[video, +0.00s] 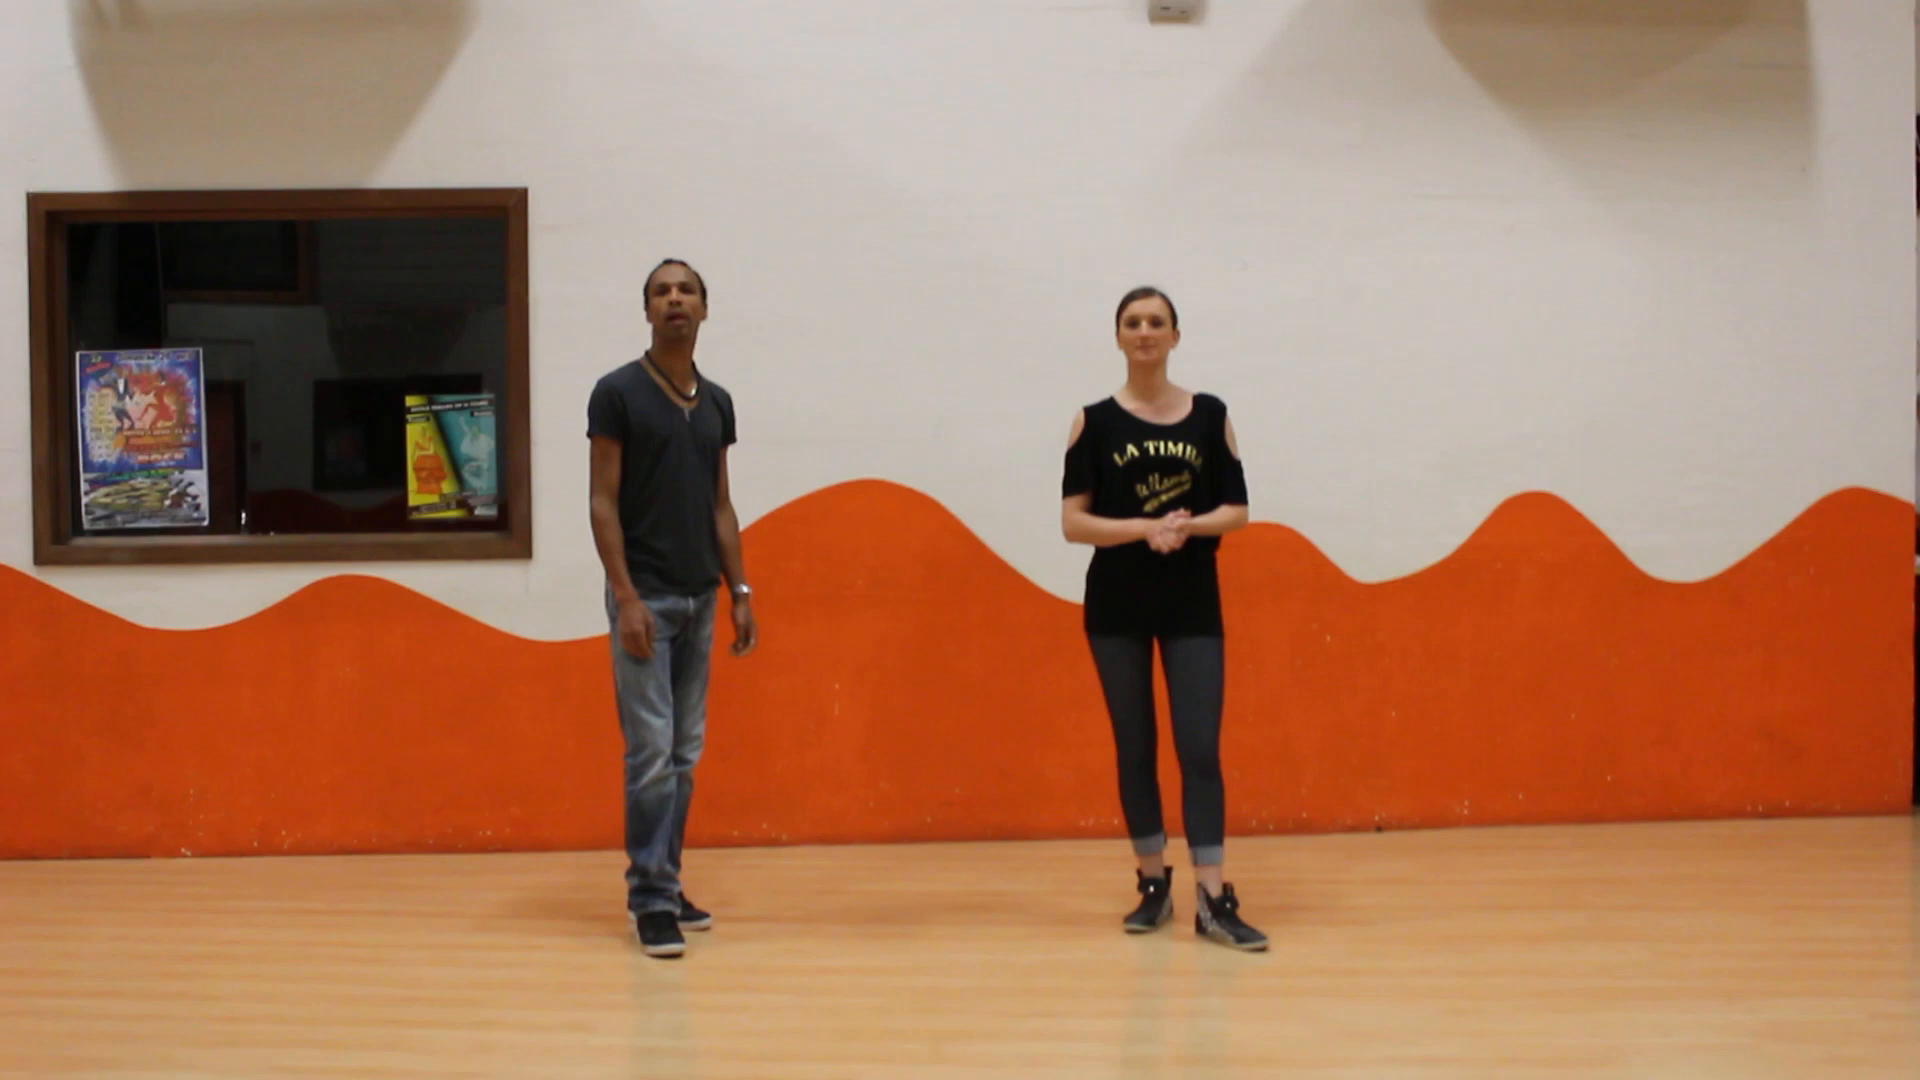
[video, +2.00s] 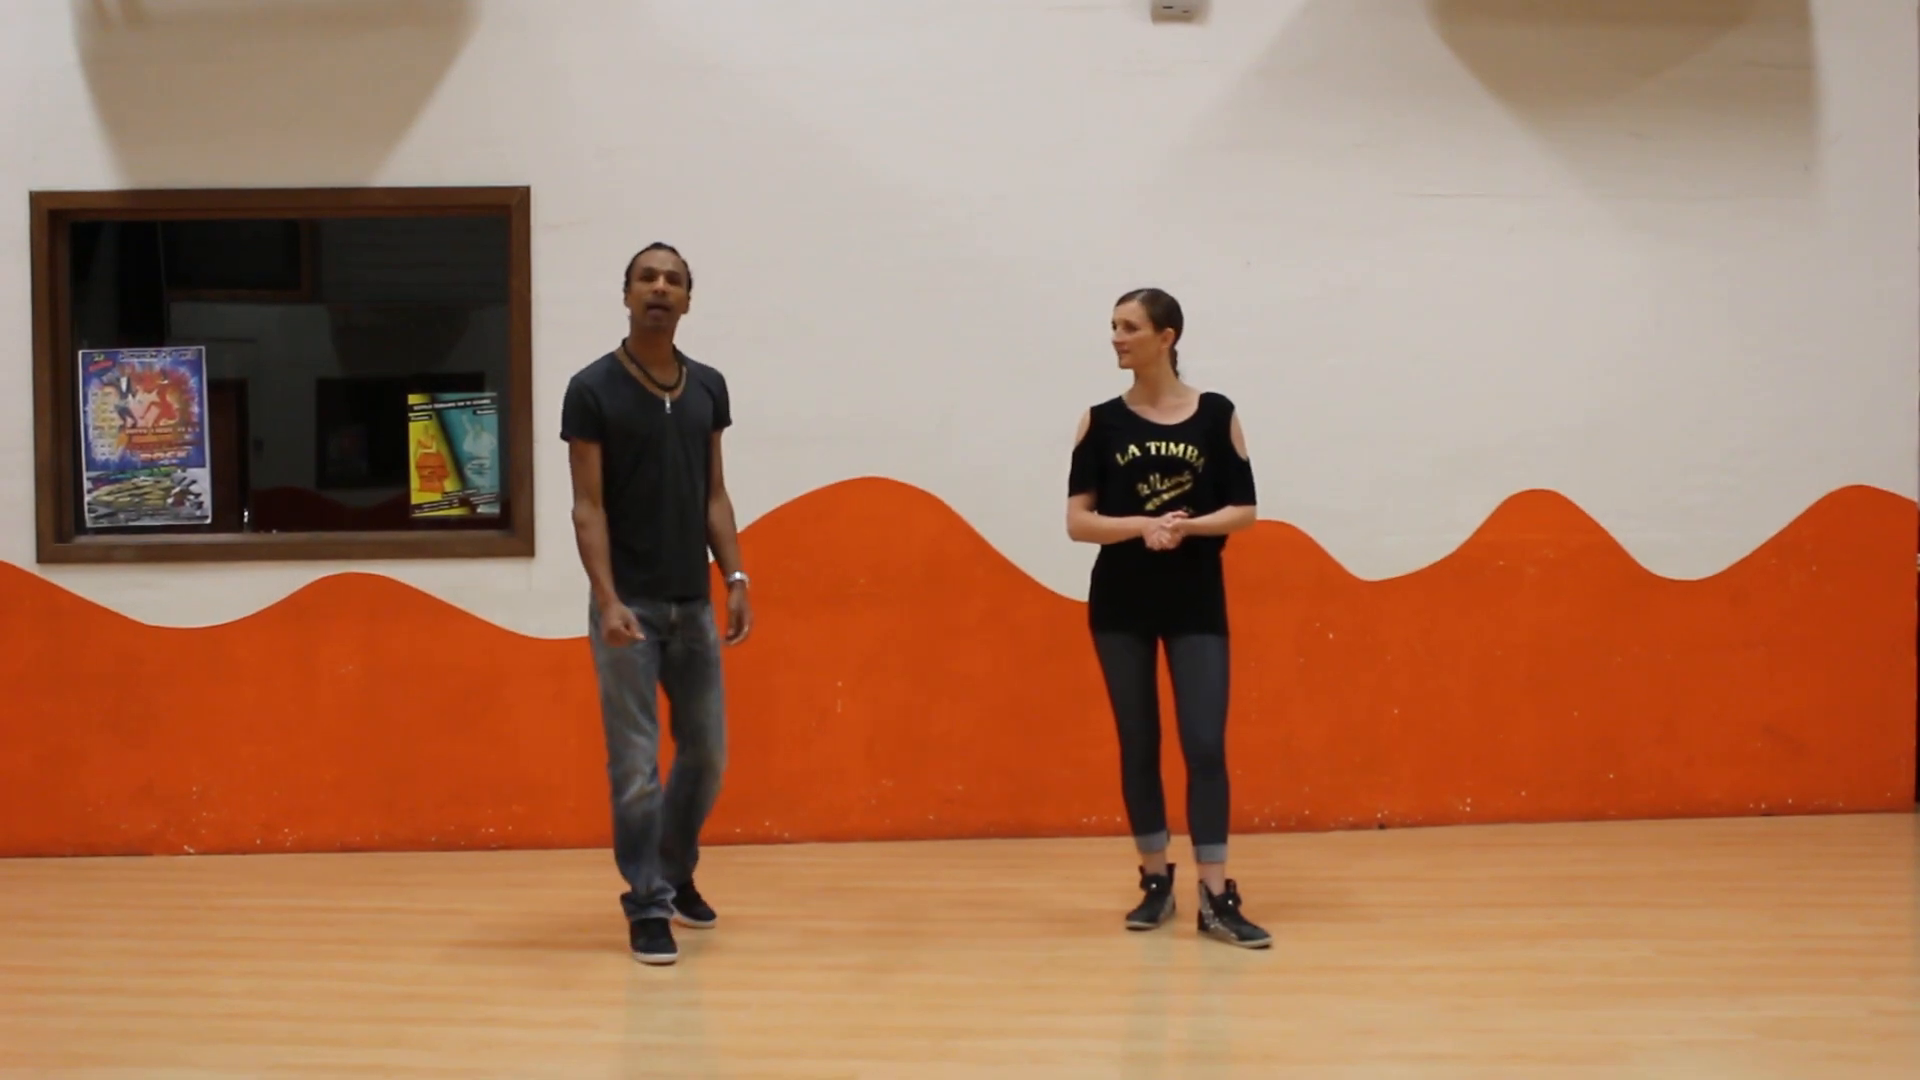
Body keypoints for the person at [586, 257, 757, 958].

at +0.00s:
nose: (674, 299)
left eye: (686, 290)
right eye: (662, 291)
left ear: (704, 309)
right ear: (645, 310)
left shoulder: (715, 402)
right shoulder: (618, 393)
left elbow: (720, 504)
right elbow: (603, 504)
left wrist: (740, 591)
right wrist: (626, 598)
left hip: (699, 594)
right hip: (643, 595)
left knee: (684, 749)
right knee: (652, 747)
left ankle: (664, 885)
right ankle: (652, 899)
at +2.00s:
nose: (661, 288)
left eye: (674, 279)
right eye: (648, 277)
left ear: (689, 299)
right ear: (625, 293)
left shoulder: (707, 386)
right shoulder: (593, 389)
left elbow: (713, 493)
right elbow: (587, 506)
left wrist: (736, 577)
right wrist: (607, 600)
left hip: (693, 601)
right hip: (626, 603)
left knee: (705, 751)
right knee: (638, 759)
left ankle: (672, 872)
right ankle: (645, 902)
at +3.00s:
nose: (766, 279)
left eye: (780, 276)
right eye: (755, 266)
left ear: (786, 301)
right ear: (724, 279)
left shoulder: (792, 392)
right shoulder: (668, 376)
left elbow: (791, 505)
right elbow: (634, 499)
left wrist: (809, 603)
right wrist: (714, 564)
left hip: (765, 607)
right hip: (687, 605)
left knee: (760, 777)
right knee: (681, 773)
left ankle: (752, 936)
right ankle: (656, 901)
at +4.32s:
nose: (695, 293)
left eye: (707, 287)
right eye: (683, 280)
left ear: (713, 310)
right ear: (650, 295)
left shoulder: (721, 395)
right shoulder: (604, 391)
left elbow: (722, 500)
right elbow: (574, 512)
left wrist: (729, 522)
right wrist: (677, 512)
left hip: (694, 607)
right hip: (619, 608)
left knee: (720, 771)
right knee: (620, 773)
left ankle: (751, 936)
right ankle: (621, 924)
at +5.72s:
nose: (733, 315)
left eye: (740, 306)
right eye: (721, 300)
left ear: (737, 320)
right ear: (682, 303)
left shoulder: (715, 396)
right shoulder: (642, 386)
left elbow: (688, 497)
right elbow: (613, 497)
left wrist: (729, 497)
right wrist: (709, 484)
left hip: (689, 586)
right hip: (639, 583)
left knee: (670, 739)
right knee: (664, 737)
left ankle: (645, 887)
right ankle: (636, 897)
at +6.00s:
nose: (719, 311)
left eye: (733, 305)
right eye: (711, 297)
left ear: (742, 321)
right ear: (684, 301)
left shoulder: (737, 398)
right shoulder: (637, 387)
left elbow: (747, 501)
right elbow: (598, 496)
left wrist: (744, 485)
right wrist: (683, 480)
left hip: (704, 591)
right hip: (648, 587)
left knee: (674, 746)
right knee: (672, 747)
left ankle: (632, 885)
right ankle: (688, 907)